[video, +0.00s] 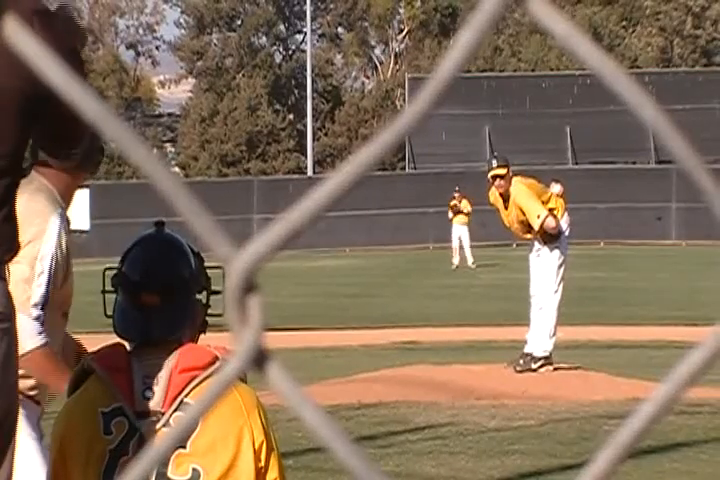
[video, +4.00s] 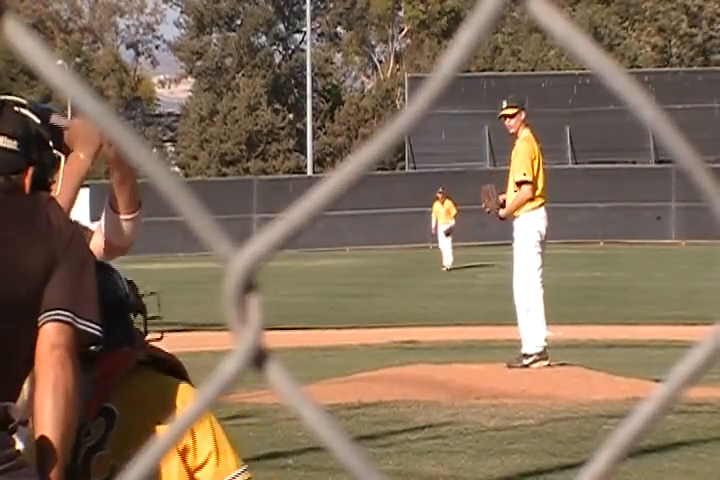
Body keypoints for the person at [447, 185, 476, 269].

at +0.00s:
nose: (457, 195)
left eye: (458, 193)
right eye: (455, 193)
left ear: (461, 194)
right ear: (453, 194)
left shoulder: (464, 201)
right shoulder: (452, 203)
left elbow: (469, 210)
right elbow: (450, 216)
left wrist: (461, 209)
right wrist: (454, 210)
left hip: (464, 224)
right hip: (455, 224)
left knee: (466, 243)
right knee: (455, 244)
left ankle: (470, 261)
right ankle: (455, 261)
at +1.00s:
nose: (453, 194)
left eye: (454, 192)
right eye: (451, 192)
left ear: (456, 193)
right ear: (449, 193)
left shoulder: (459, 203)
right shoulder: (447, 202)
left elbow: (462, 212)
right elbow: (442, 214)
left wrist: (455, 212)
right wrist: (446, 211)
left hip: (456, 223)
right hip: (449, 223)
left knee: (456, 242)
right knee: (449, 242)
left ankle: (454, 260)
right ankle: (450, 255)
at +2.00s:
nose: (443, 196)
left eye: (445, 194)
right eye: (442, 195)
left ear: (447, 195)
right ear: (440, 195)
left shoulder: (450, 202)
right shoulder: (438, 202)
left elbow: (454, 212)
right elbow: (436, 212)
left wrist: (456, 223)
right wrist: (442, 203)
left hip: (451, 223)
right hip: (442, 224)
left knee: (453, 243)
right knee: (443, 244)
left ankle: (454, 262)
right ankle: (444, 263)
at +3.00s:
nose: (453, 196)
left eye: (454, 194)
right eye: (452, 194)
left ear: (456, 195)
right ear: (449, 194)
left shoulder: (459, 203)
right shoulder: (446, 203)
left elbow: (463, 214)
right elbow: (442, 214)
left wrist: (465, 226)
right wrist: (448, 212)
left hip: (457, 224)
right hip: (449, 224)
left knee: (457, 244)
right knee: (449, 244)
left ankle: (456, 263)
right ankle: (449, 261)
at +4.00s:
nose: (440, 195)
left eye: (441, 193)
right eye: (438, 193)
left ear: (444, 194)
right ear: (437, 194)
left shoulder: (448, 203)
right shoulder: (436, 204)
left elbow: (453, 214)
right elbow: (434, 216)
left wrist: (452, 225)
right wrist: (433, 227)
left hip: (447, 224)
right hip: (440, 225)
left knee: (448, 244)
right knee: (441, 244)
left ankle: (449, 262)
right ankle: (445, 262)